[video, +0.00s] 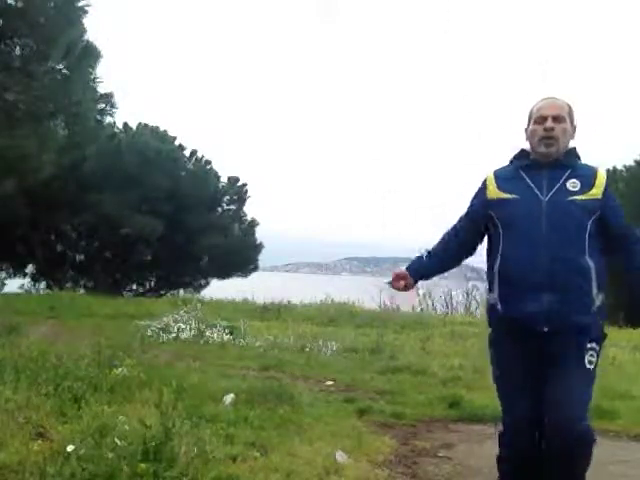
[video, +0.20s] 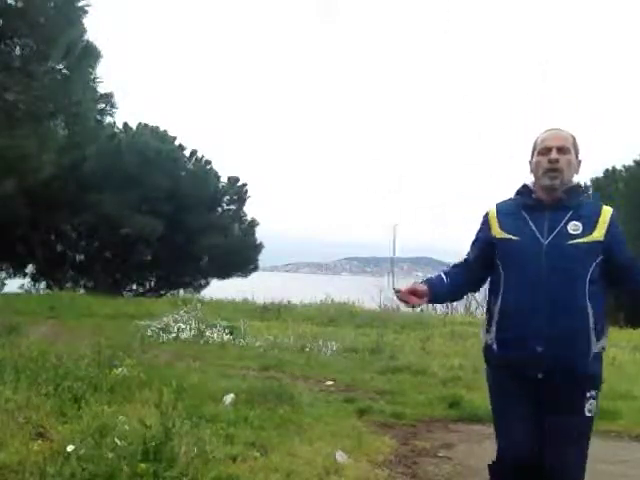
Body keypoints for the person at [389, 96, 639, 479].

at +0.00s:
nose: (548, 127)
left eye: (557, 120)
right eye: (540, 120)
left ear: (572, 130)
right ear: (528, 131)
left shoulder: (595, 184)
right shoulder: (497, 184)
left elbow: (627, 249)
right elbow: (460, 239)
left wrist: (630, 304)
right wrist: (415, 271)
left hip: (575, 328)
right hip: (512, 328)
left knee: (568, 428)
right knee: (519, 430)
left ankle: (565, 476)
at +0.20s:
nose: (552, 157)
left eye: (562, 151)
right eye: (544, 152)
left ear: (577, 162)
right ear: (532, 163)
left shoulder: (601, 220)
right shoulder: (499, 217)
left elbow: (629, 280)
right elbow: (472, 272)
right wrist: (430, 289)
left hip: (575, 366)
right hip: (510, 362)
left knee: (566, 465)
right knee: (515, 459)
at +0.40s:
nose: (548, 125)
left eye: (558, 119)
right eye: (540, 120)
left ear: (572, 130)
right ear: (528, 131)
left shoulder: (598, 184)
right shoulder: (498, 182)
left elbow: (629, 249)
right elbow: (461, 238)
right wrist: (416, 267)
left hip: (570, 328)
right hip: (507, 326)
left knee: (558, 429)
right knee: (511, 428)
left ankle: (551, 474)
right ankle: (508, 476)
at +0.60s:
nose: (544, 152)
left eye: (554, 147)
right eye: (536, 146)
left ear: (567, 160)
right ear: (523, 157)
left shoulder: (591, 212)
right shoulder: (490, 210)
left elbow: (620, 274)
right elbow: (459, 264)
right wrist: (416, 284)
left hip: (565, 354)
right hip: (503, 352)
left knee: (555, 441)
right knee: (503, 452)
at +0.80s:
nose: (558, 130)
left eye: (567, 125)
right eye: (550, 124)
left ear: (581, 138)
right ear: (535, 134)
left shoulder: (603, 188)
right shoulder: (499, 184)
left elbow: (630, 252)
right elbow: (460, 239)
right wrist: (412, 265)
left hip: (571, 332)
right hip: (507, 329)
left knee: (557, 430)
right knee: (508, 427)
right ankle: (518, 476)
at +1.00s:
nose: (558, 142)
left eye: (567, 136)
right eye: (549, 135)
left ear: (581, 148)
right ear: (535, 146)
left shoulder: (605, 202)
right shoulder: (501, 200)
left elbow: (632, 263)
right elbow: (471, 260)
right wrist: (431, 294)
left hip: (574, 353)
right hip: (508, 349)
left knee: (567, 458)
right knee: (504, 436)